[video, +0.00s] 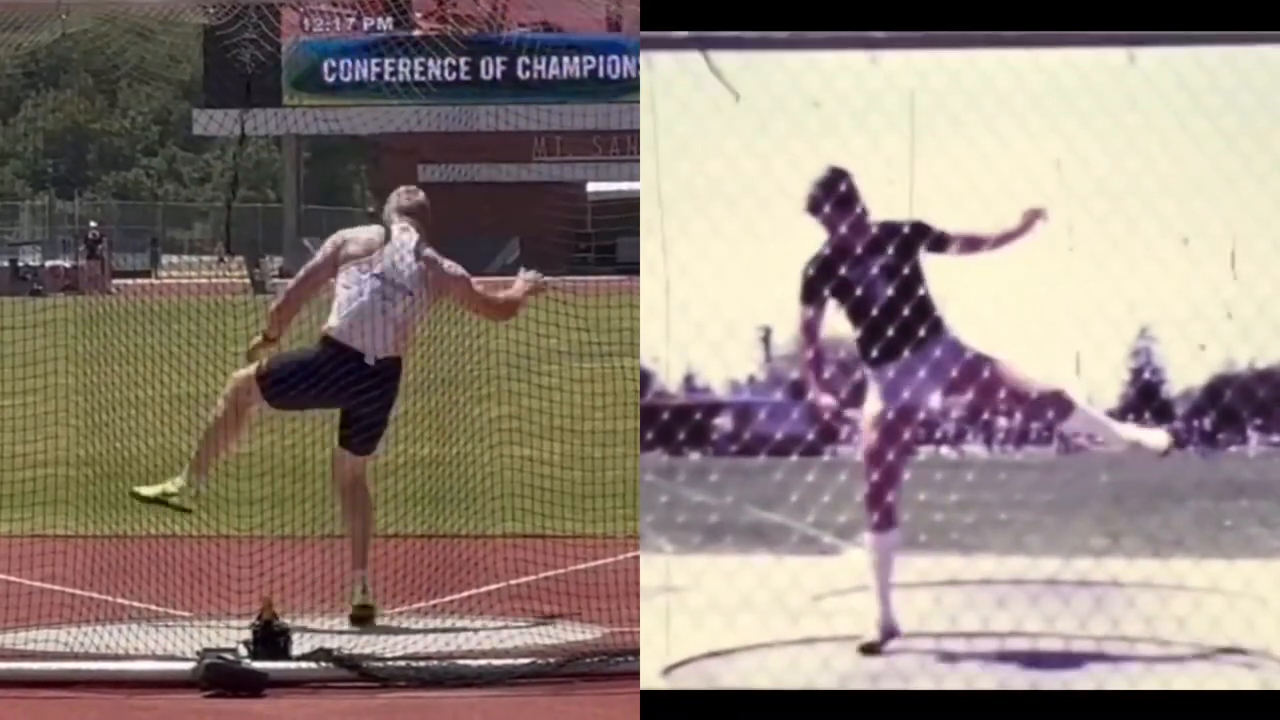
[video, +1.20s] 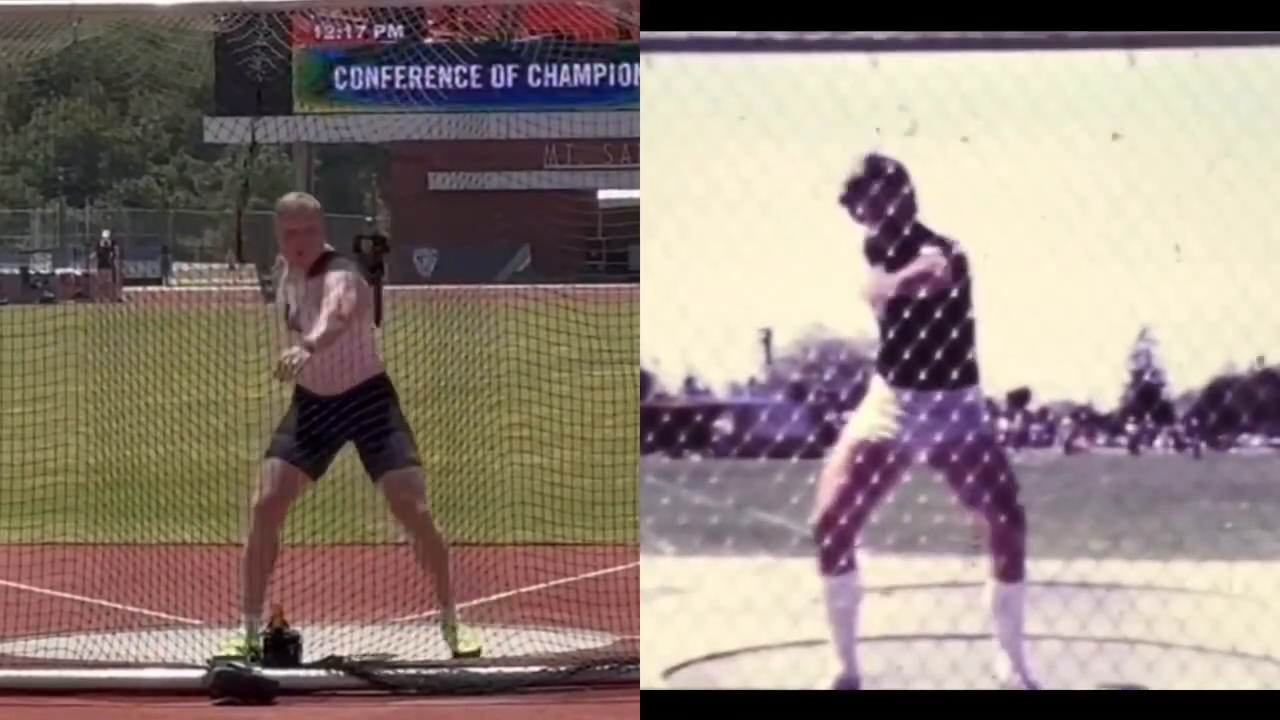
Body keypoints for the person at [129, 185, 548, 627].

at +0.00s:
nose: (400, 213)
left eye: (394, 207)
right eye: (410, 211)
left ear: (386, 215)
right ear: (426, 224)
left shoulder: (353, 240)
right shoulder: (440, 268)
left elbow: (297, 289)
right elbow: (497, 309)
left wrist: (271, 333)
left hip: (336, 361)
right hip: (383, 380)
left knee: (244, 385)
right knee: (352, 472)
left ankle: (187, 483)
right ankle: (362, 591)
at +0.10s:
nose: (374, 228)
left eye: (378, 223)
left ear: (381, 226)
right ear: (418, 236)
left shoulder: (361, 246)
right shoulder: (430, 278)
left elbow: (308, 290)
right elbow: (462, 337)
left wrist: (268, 323)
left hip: (359, 362)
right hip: (398, 383)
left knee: (240, 386)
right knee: (346, 473)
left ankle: (199, 491)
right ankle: (387, 587)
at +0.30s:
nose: (214, 236)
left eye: (219, 224)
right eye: (213, 224)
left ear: (247, 218)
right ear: (253, 219)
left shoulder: (242, 277)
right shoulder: (319, 240)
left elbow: (167, 318)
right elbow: (392, 273)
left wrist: (94, 339)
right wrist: (463, 294)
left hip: (318, 397)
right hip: (327, 394)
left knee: (384, 510)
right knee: (257, 510)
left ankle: (474, 604)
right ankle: (252, 636)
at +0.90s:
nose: (253, 239)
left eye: (262, 229)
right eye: (248, 229)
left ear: (288, 228)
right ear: (244, 229)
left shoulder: (304, 274)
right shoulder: (312, 243)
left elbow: (239, 321)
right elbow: (367, 274)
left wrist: (166, 348)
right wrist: (416, 292)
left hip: (357, 395)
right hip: (306, 401)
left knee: (394, 509)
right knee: (264, 508)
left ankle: (469, 611)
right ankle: (249, 634)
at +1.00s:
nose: (266, 238)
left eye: (275, 228)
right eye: (259, 230)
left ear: (299, 228)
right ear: (252, 234)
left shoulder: (316, 271)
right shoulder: (286, 265)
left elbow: (271, 319)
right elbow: (363, 277)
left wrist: (206, 349)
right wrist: (402, 300)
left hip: (361, 396)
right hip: (309, 402)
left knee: (400, 511)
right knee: (264, 508)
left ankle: (464, 613)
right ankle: (250, 633)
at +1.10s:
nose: (279, 241)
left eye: (289, 230)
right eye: (272, 233)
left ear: (310, 230)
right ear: (265, 236)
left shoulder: (329, 274)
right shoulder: (294, 275)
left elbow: (301, 320)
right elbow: (359, 283)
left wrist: (251, 349)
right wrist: (383, 316)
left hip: (365, 399)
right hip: (310, 404)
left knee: (403, 505)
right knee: (265, 506)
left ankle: (459, 616)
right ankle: (250, 631)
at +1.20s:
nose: (296, 244)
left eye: (305, 234)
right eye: (288, 235)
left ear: (322, 233)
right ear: (278, 238)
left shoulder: (342, 276)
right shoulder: (286, 275)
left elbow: (338, 319)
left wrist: (306, 349)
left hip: (368, 401)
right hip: (312, 405)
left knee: (411, 507)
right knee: (267, 505)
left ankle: (451, 620)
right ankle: (251, 628)